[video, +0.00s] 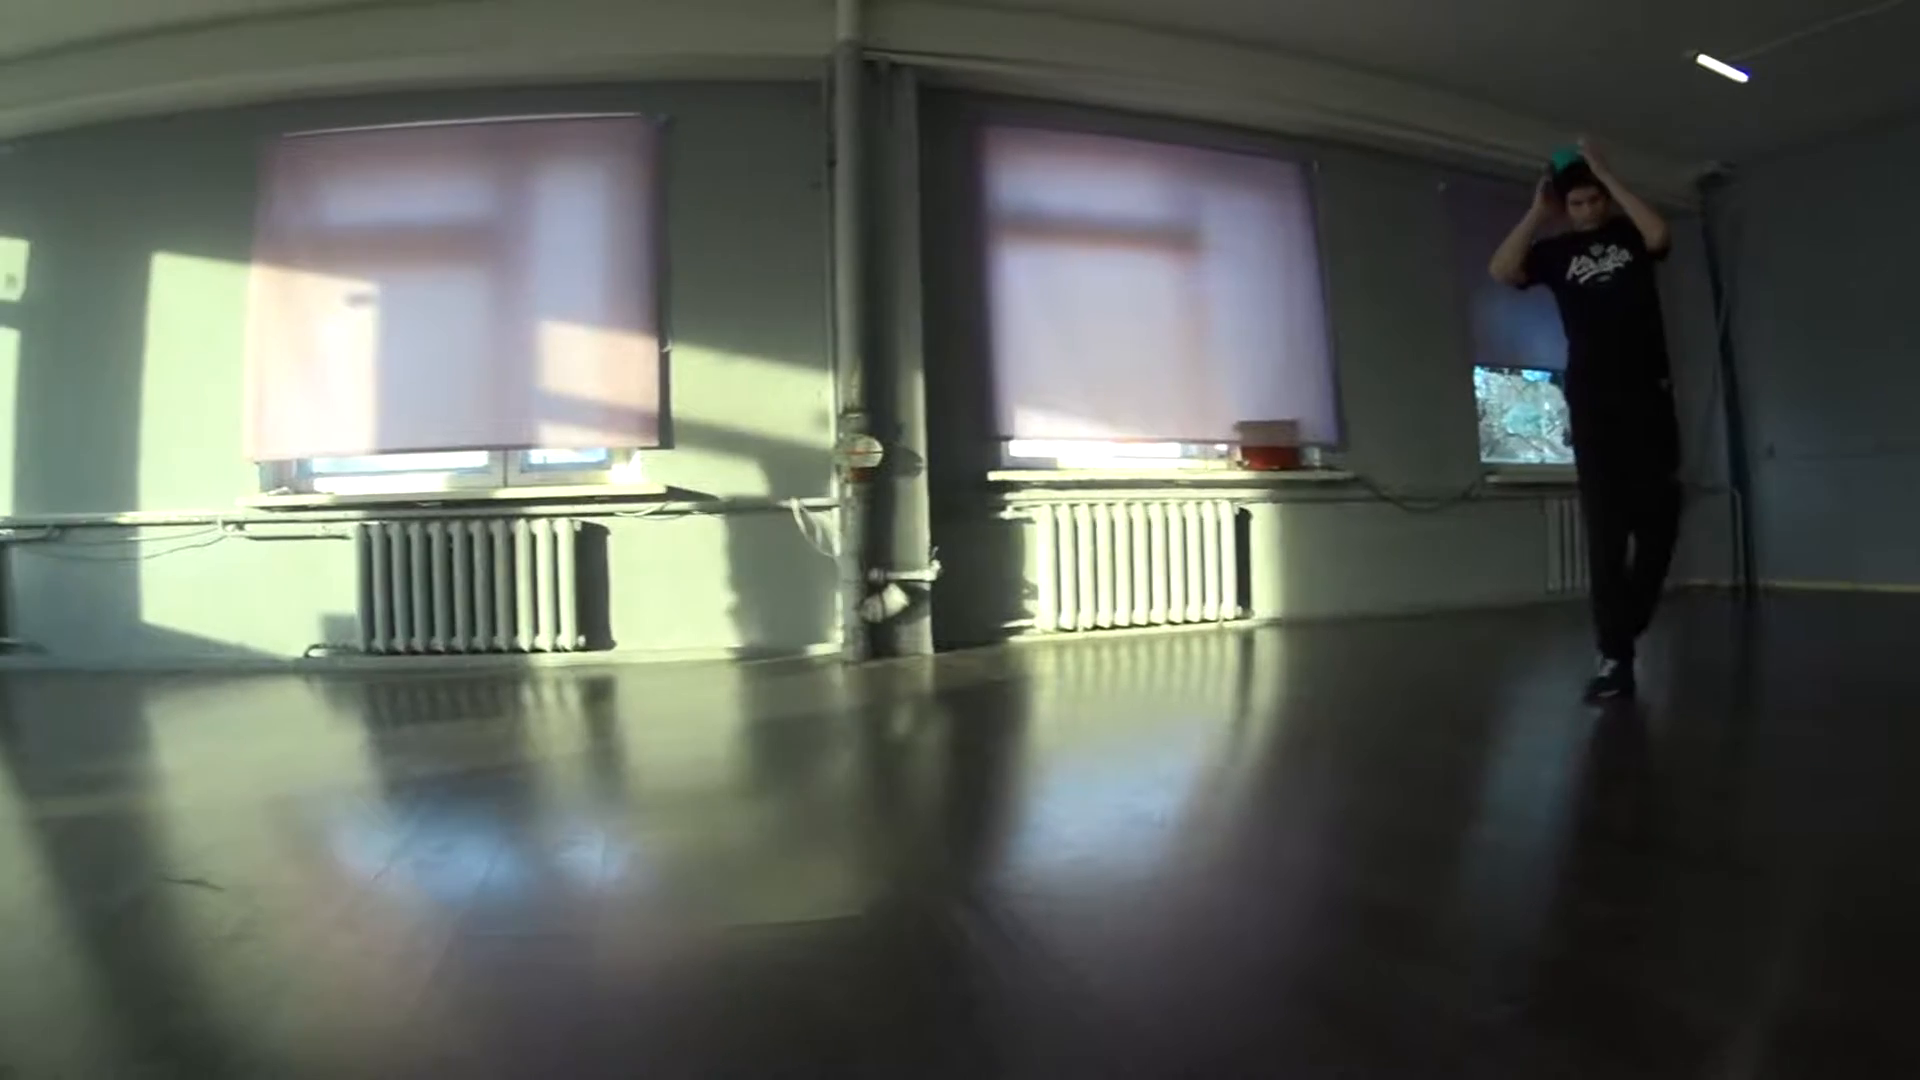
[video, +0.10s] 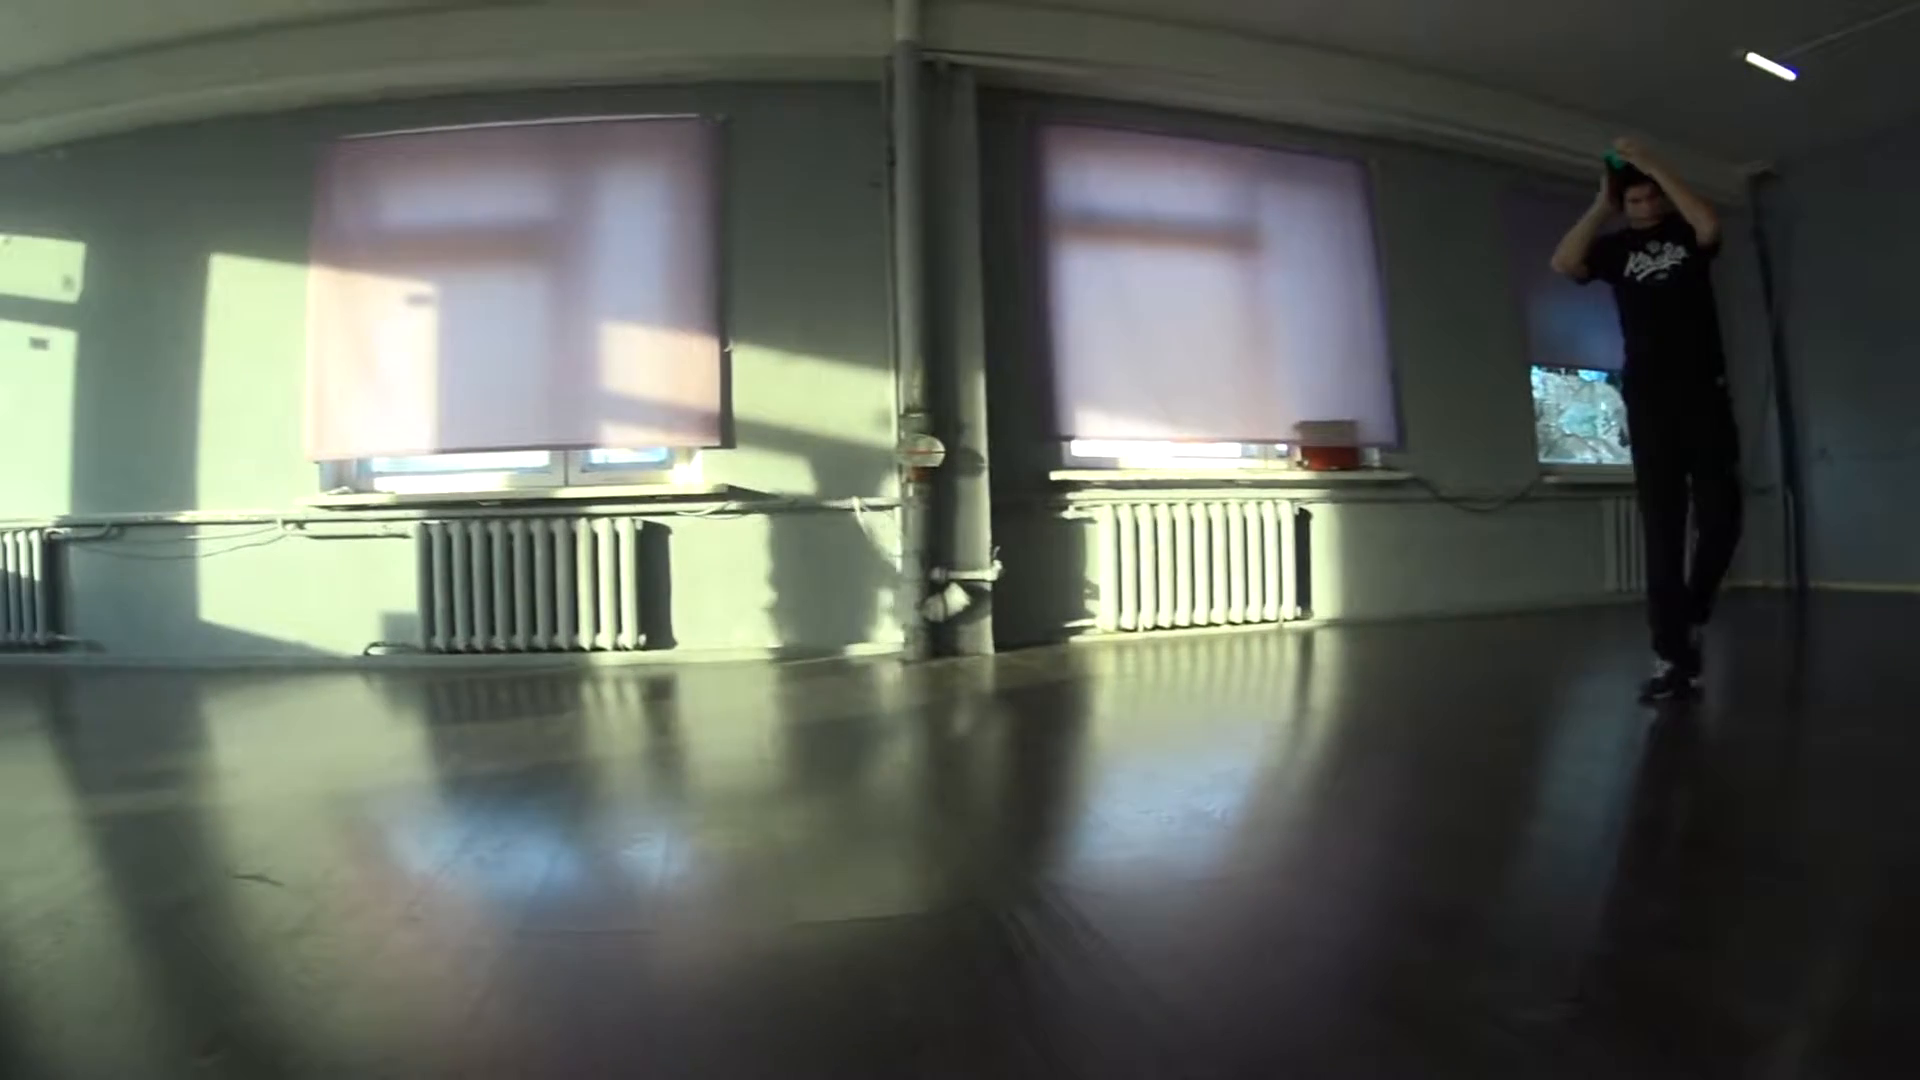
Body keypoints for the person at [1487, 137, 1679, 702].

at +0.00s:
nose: (1584, 206)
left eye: (1592, 196)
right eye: (1574, 199)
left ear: (1608, 198)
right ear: (1562, 206)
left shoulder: (1633, 238)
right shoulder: (1557, 254)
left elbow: (1658, 237)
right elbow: (1503, 270)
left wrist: (1607, 174)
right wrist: (1536, 214)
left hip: (1647, 398)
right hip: (1593, 404)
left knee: (1658, 522)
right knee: (1605, 529)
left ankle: (1626, 634)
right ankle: (1613, 656)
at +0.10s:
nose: (1642, 204)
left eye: (1651, 195)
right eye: (1632, 197)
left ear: (1666, 199)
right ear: (1622, 206)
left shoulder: (1691, 238)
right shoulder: (1616, 250)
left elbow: (1706, 226)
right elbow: (1565, 263)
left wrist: (1652, 164)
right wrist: (1601, 206)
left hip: (1703, 395)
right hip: (1648, 401)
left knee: (1721, 514)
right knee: (1662, 526)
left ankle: (1693, 618)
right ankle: (1673, 656)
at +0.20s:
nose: (1686, 201)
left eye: (1694, 192)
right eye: (1676, 194)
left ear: (1709, 196)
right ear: (1665, 203)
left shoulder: (1734, 236)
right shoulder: (1660, 248)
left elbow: (1746, 228)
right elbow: (1610, 256)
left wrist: (1696, 164)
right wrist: (1647, 202)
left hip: (1746, 397)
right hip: (1691, 402)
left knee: (1763, 520)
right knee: (1704, 530)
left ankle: (1760, 626)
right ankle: (1710, 658)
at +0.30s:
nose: (1735, 202)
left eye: (1743, 193)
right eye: (1725, 194)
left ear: (1758, 198)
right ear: (1714, 203)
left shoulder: (1780, 236)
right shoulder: (1708, 247)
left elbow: (1792, 228)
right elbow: (1662, 253)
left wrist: (1744, 168)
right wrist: (1699, 202)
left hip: (1793, 397)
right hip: (1739, 403)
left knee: (1809, 526)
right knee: (1749, 535)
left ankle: (1829, 646)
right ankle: (1754, 661)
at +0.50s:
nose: (1804, 192)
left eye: (1811, 182)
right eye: (1794, 183)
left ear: (1828, 184)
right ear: (1784, 193)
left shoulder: (1856, 222)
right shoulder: (1788, 240)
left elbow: (1857, 227)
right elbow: (1739, 251)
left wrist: (1815, 169)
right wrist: (1774, 199)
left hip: (1864, 393)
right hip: (1809, 397)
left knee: (1880, 524)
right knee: (1813, 533)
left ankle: (1895, 650)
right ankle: (1812, 663)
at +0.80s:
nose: (1872, 185)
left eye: (1880, 173)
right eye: (1866, 176)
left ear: (1904, 173)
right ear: (1867, 183)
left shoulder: (1913, 229)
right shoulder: (1878, 236)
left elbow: (1908, 226)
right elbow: (1829, 254)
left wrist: (1884, 165)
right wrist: (1864, 198)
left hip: (1916, 400)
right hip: (1892, 400)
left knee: (1903, 532)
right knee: (1885, 531)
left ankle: (1884, 661)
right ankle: (1878, 663)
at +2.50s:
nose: (1820, 207)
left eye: (1820, 195)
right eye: (1818, 197)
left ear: (1833, 190)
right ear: (1857, 181)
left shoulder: (1874, 217)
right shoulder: (1876, 219)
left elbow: (1816, 242)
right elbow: (1837, 280)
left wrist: (1808, 190)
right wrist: (1818, 206)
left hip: (1887, 398)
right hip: (1886, 397)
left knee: (1892, 527)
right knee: (1892, 526)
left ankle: (1910, 655)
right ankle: (1908, 653)